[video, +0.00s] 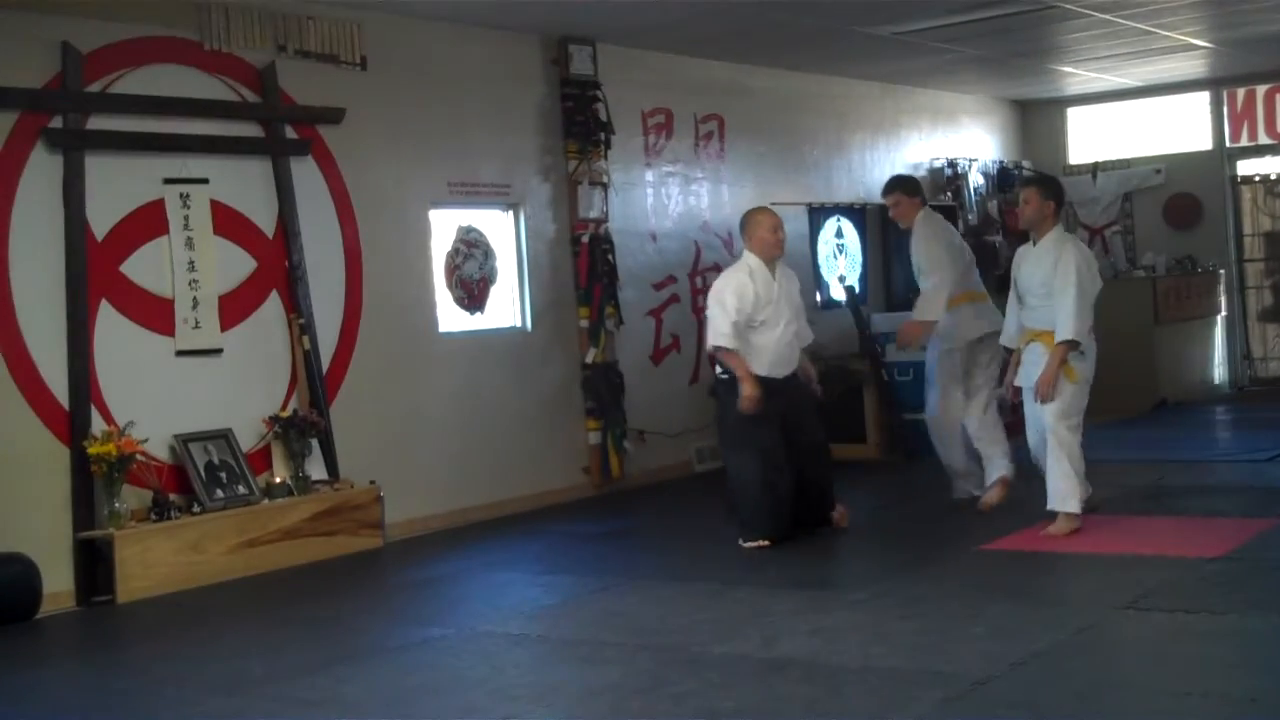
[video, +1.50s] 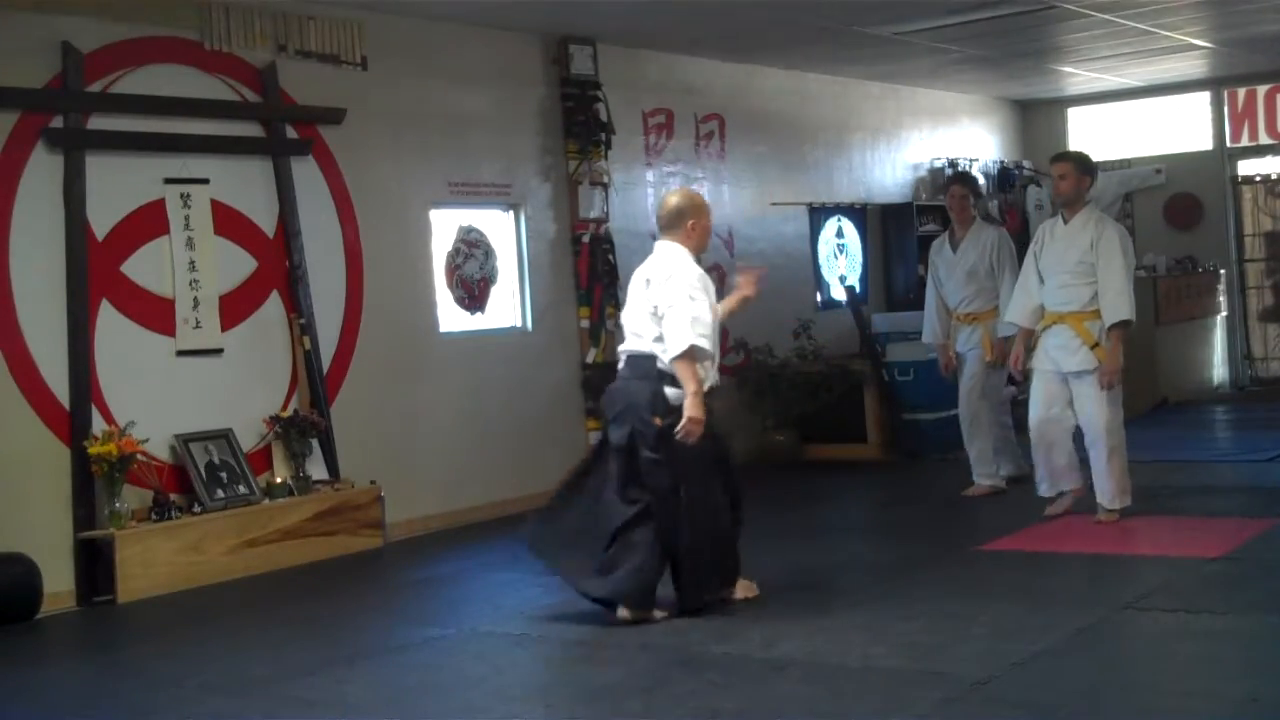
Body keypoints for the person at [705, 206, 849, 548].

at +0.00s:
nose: (781, 237)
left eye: (782, 230)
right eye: (773, 231)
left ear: (780, 236)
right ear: (751, 238)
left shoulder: (787, 277)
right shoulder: (731, 283)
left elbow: (791, 332)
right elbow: (720, 341)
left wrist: (805, 366)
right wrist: (745, 377)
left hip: (787, 381)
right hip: (746, 385)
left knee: (808, 445)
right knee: (752, 460)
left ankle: (818, 509)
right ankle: (755, 528)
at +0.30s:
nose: (769, 234)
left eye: (769, 227)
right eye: (761, 228)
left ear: (766, 232)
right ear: (735, 236)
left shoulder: (778, 274)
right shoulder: (714, 280)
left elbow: (812, 308)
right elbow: (698, 335)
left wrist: (851, 317)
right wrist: (721, 374)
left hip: (777, 382)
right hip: (733, 385)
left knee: (782, 457)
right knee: (734, 461)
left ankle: (786, 531)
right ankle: (742, 530)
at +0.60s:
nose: (779, 232)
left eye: (778, 225)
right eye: (771, 226)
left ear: (762, 234)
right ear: (743, 233)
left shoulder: (783, 279)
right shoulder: (717, 275)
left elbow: (813, 314)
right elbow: (714, 332)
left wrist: (852, 314)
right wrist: (756, 360)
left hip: (773, 389)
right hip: (725, 392)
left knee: (775, 464)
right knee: (714, 462)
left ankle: (772, 544)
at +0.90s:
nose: (773, 225)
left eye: (771, 218)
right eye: (765, 219)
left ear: (746, 228)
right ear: (738, 227)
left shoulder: (769, 272)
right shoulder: (709, 277)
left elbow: (783, 318)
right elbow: (707, 341)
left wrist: (802, 338)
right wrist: (747, 375)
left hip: (770, 389)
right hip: (721, 394)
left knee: (779, 469)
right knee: (725, 471)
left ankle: (777, 550)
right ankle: (723, 558)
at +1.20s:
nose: (755, 222)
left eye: (753, 215)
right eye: (749, 215)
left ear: (721, 222)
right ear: (727, 221)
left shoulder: (715, 263)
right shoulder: (713, 269)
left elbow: (740, 326)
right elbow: (723, 341)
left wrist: (785, 340)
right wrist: (753, 394)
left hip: (699, 394)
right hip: (705, 398)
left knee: (707, 489)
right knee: (721, 489)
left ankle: (704, 574)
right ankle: (723, 579)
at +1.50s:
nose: (709, 233)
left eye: (709, 225)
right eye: (708, 225)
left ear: (664, 226)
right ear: (694, 226)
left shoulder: (649, 267)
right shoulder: (683, 272)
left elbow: (689, 324)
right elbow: (680, 338)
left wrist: (734, 300)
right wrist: (694, 393)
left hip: (630, 388)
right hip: (665, 391)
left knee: (640, 496)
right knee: (710, 487)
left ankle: (633, 597)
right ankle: (716, 581)